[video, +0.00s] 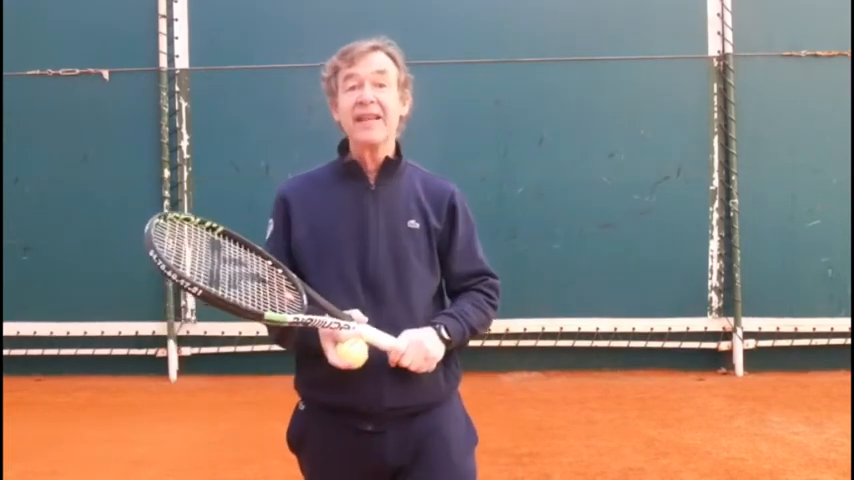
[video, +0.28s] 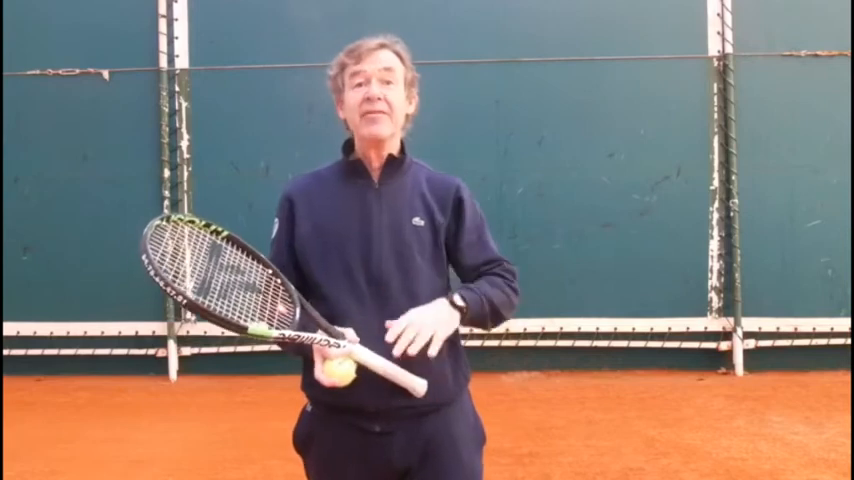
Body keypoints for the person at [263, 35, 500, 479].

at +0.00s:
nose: (366, 96)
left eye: (379, 83)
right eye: (352, 86)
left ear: (403, 101)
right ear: (335, 107)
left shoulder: (441, 199)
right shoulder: (296, 200)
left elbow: (480, 289)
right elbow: (276, 313)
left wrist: (440, 334)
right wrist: (320, 334)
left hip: (430, 424)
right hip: (333, 428)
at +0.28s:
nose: (373, 91)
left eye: (387, 80)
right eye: (359, 82)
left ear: (410, 102)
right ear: (341, 106)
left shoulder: (446, 195)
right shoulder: (301, 199)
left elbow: (501, 283)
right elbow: (278, 307)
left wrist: (452, 307)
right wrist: (316, 343)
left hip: (439, 425)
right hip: (340, 427)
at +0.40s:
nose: (374, 95)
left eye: (388, 82)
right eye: (359, 86)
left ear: (411, 101)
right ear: (342, 108)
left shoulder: (449, 192)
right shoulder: (305, 200)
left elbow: (518, 270)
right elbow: (281, 308)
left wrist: (452, 261)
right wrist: (320, 343)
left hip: (444, 423)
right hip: (346, 427)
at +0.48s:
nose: (376, 97)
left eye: (389, 84)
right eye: (360, 87)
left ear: (411, 102)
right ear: (342, 109)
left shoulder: (449, 188)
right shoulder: (307, 201)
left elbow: (524, 260)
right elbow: (285, 310)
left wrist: (455, 231)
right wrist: (324, 340)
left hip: (446, 422)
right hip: (348, 426)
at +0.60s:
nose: (377, 96)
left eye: (390, 84)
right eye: (362, 87)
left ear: (412, 103)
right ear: (343, 110)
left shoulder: (451, 185)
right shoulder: (311, 204)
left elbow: (531, 250)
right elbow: (290, 314)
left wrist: (465, 202)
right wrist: (328, 342)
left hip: (450, 424)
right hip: (351, 427)